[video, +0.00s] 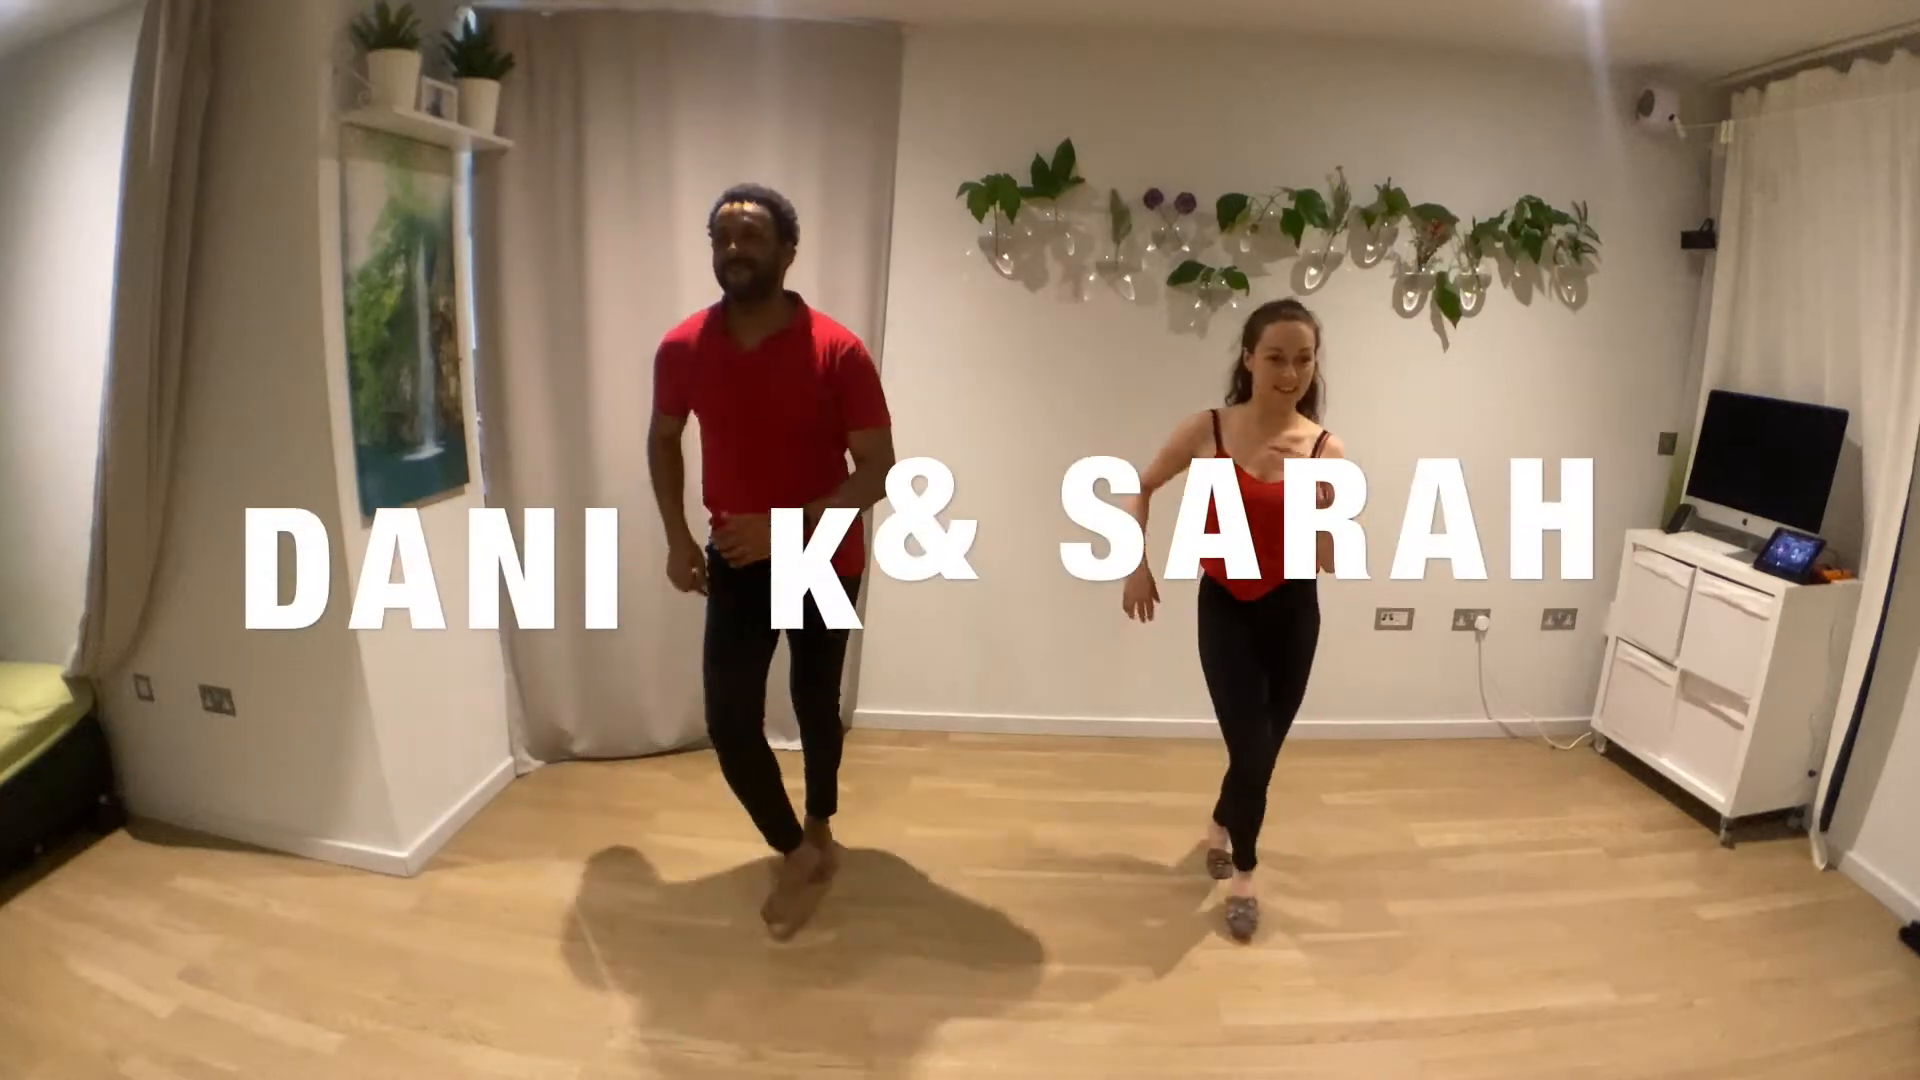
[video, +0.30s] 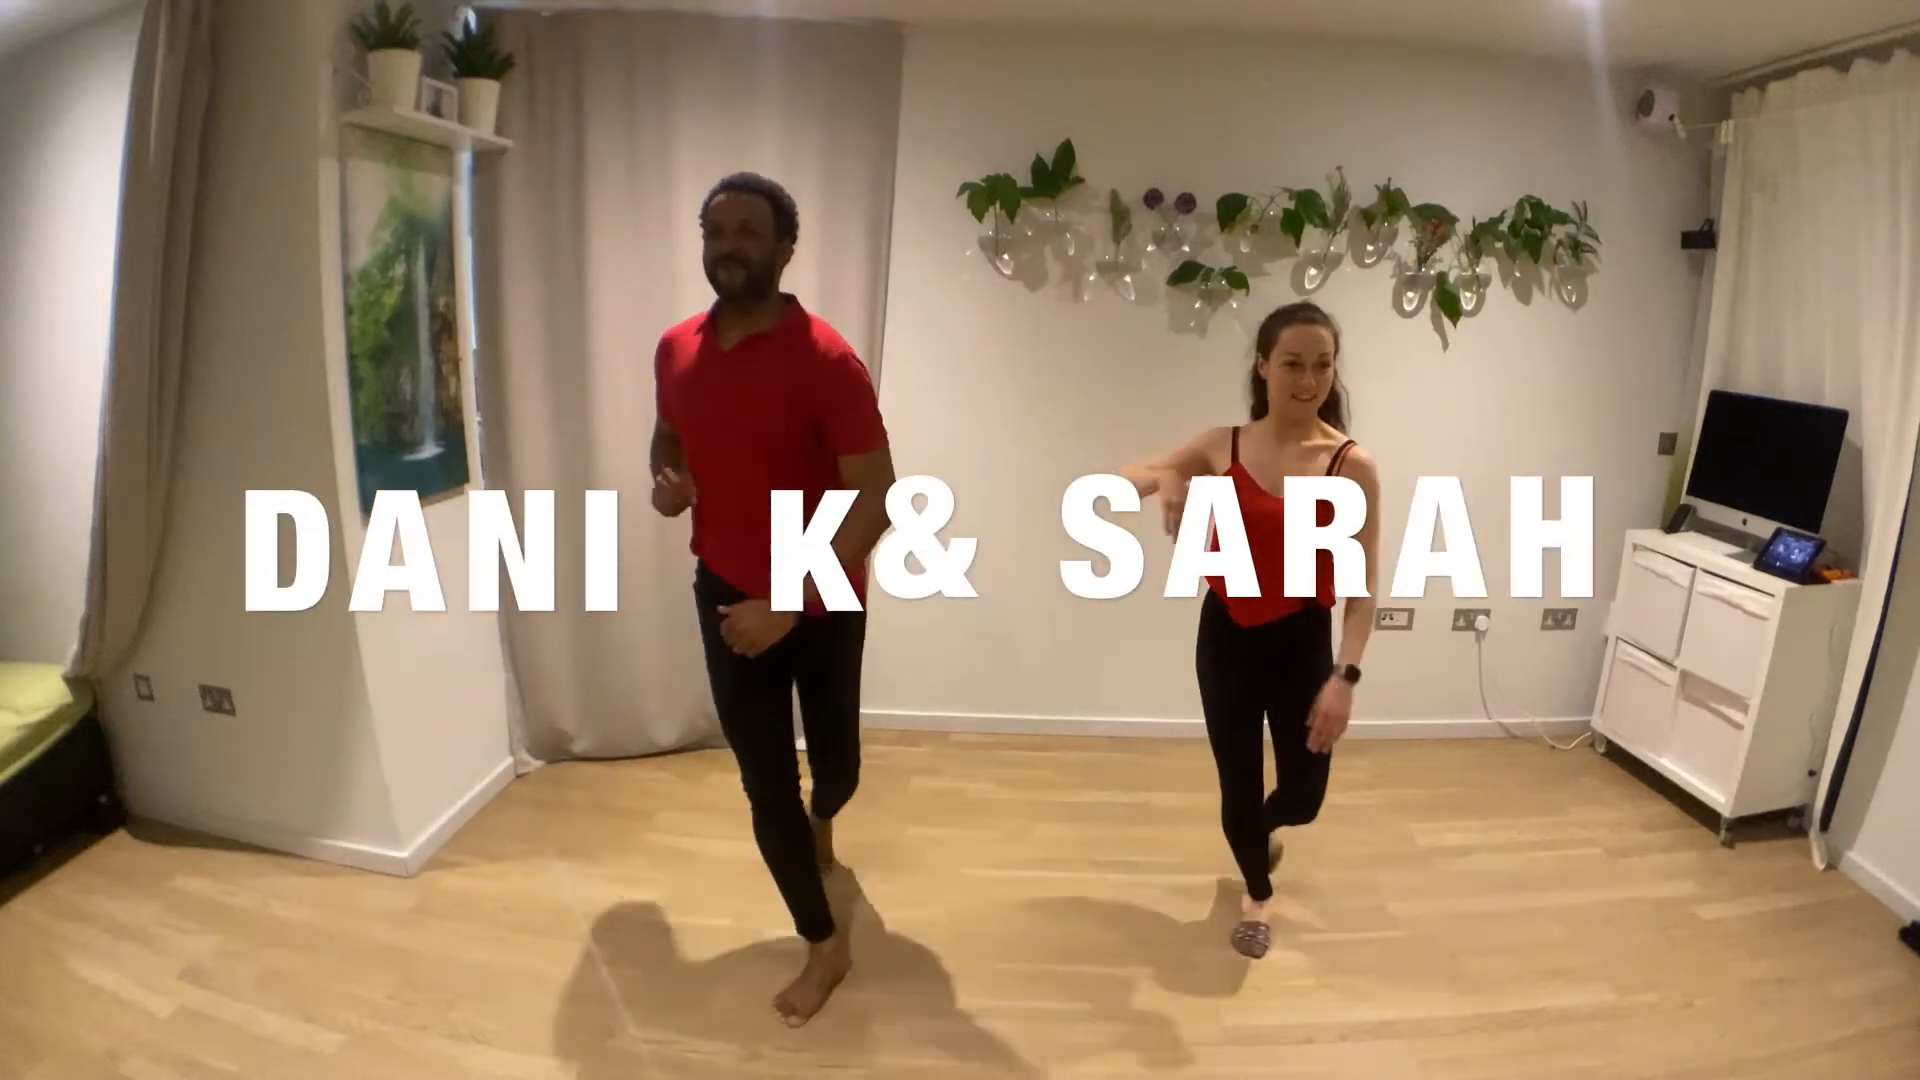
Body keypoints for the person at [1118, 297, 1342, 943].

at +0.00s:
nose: (1290, 370)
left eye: (1302, 358)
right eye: (1277, 356)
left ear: (1314, 365)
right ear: (1248, 358)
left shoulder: (1322, 447)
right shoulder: (1206, 431)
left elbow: (1330, 557)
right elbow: (1139, 487)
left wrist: (1317, 486)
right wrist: (1137, 565)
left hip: (1293, 607)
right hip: (1225, 605)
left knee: (1265, 745)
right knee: (1252, 748)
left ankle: (1222, 824)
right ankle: (1245, 877)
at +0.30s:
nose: (1308, 376)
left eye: (1321, 364)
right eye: (1293, 361)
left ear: (1334, 373)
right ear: (1262, 366)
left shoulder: (1351, 466)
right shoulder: (1218, 446)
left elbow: (1363, 584)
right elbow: (1114, 484)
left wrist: (1346, 676)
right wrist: (1165, 479)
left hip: (1303, 642)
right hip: (1229, 639)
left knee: (1304, 800)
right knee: (1242, 789)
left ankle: (1258, 822)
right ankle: (1257, 898)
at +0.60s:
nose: (1313, 391)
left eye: (1328, 378)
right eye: (1298, 375)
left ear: (1341, 386)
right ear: (1265, 380)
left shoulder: (1363, 472)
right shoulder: (1220, 477)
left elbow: (1439, 534)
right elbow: (1177, 574)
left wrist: (1418, 623)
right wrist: (1218, 568)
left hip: (1305, 664)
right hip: (1227, 661)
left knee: (1286, 828)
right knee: (1240, 822)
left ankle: (1253, 970)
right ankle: (1266, 905)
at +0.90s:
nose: (1313, 395)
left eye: (1327, 381)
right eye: (1296, 379)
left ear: (1340, 390)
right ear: (1260, 382)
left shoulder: (1351, 470)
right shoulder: (1205, 479)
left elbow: (1435, 531)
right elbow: (1167, 581)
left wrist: (1389, 514)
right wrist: (1207, 646)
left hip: (1322, 691)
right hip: (1237, 692)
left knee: (1300, 873)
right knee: (1233, 871)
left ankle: (1232, 994)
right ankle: (1243, 897)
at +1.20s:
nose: (1333, 394)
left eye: (1337, 380)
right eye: (1317, 378)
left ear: (1332, 391)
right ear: (1263, 383)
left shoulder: (1341, 492)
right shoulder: (1198, 472)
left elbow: (1333, 595)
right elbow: (1111, 554)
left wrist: (1328, 598)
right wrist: (1084, 647)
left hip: (1300, 680)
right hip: (1219, 678)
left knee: (1308, 849)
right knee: (1222, 853)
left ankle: (1252, 983)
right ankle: (1165, 914)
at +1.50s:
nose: (1348, 387)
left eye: (1348, 371)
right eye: (1338, 371)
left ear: (1293, 375)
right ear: (1289, 375)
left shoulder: (1297, 446)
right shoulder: (1273, 465)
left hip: (1282, 662)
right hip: (1213, 664)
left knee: (1361, 806)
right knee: (1199, 813)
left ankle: (1288, 855)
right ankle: (1163, 921)